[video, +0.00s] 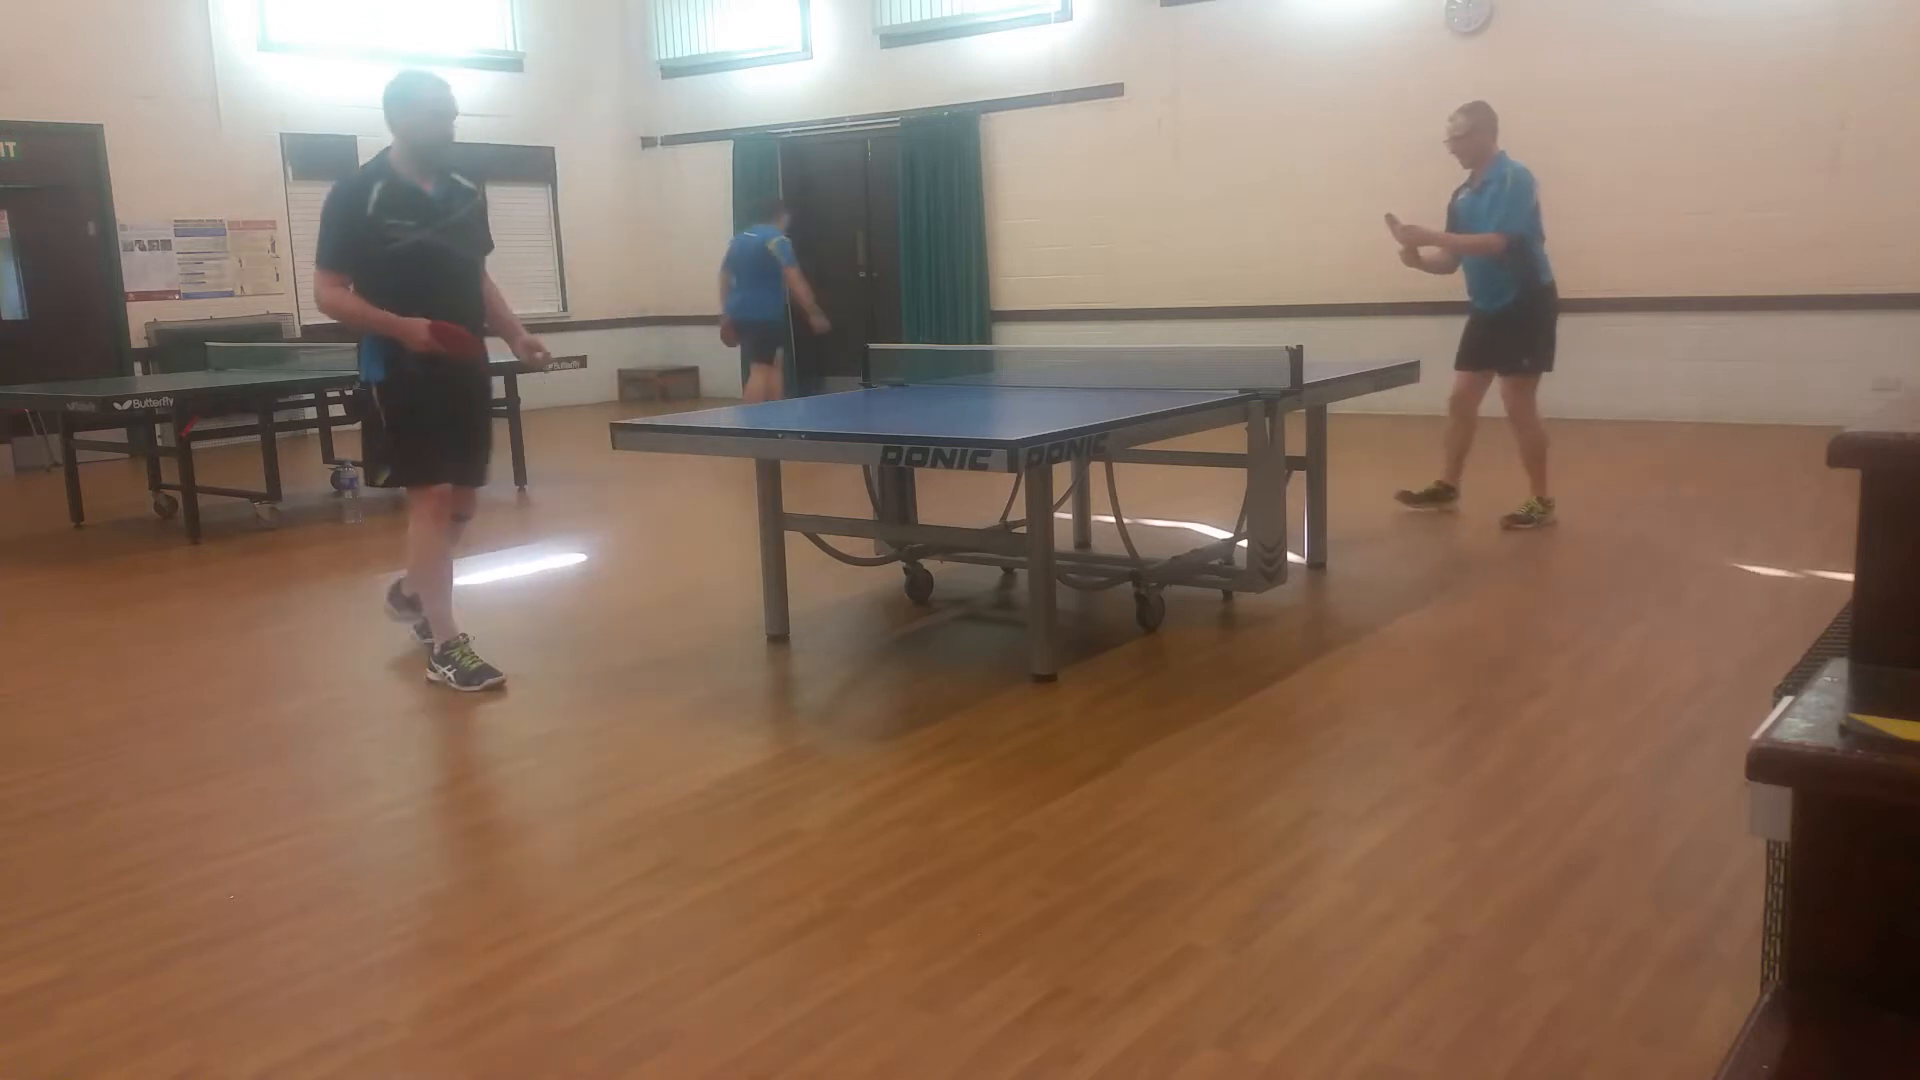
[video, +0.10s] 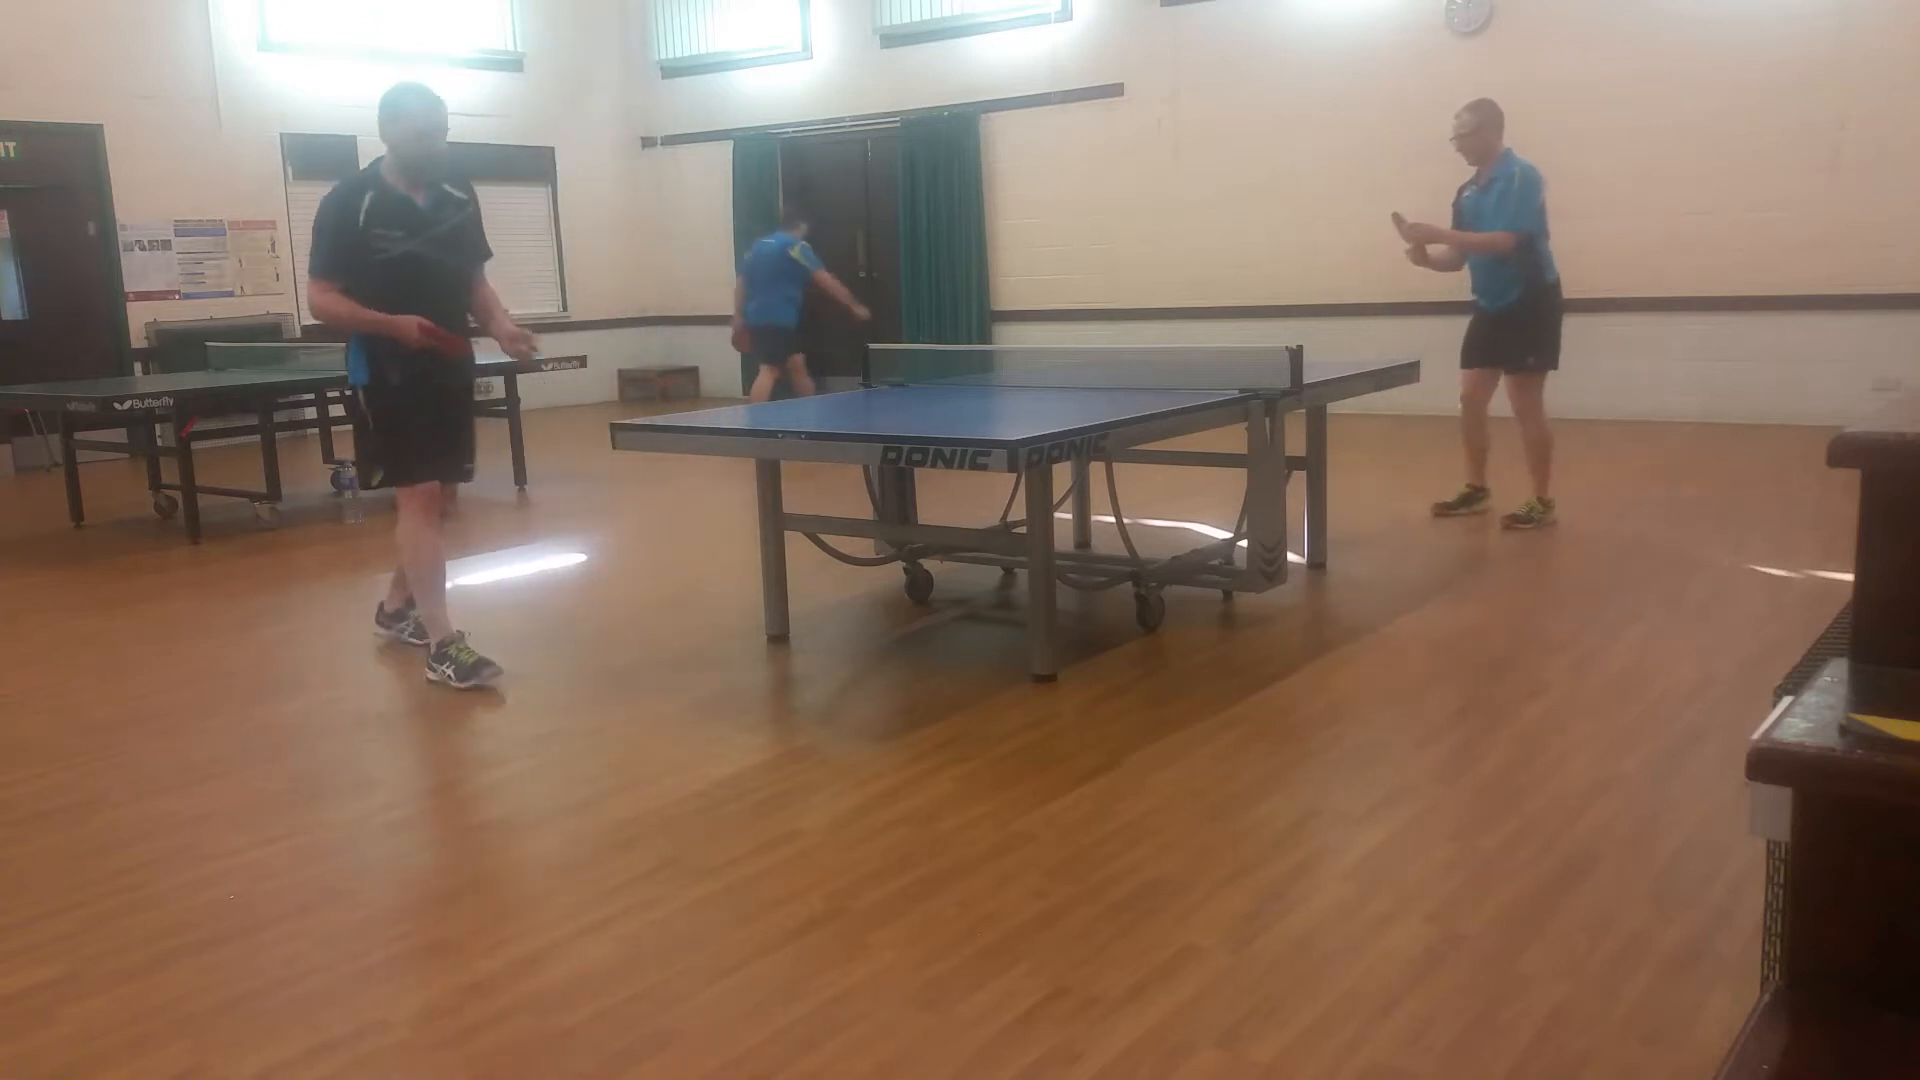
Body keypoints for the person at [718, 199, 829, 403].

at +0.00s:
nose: (787, 223)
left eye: (788, 218)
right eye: (786, 218)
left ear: (762, 215)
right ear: (779, 216)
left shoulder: (739, 239)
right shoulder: (778, 241)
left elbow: (724, 277)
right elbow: (795, 280)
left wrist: (725, 313)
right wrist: (814, 313)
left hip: (742, 314)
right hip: (766, 315)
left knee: (774, 367)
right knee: (759, 371)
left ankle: (777, 420)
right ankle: (748, 426)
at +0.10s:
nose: (805, 235)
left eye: (806, 231)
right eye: (805, 230)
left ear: (783, 225)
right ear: (799, 227)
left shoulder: (758, 246)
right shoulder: (796, 247)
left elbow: (740, 283)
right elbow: (824, 280)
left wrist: (737, 317)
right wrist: (854, 306)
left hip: (756, 318)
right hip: (780, 320)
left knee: (796, 363)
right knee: (768, 371)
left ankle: (814, 413)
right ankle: (751, 422)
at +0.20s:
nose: (825, 238)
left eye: (825, 235)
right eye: (824, 234)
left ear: (794, 231)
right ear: (817, 232)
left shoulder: (777, 251)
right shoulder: (815, 249)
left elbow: (759, 284)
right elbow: (844, 281)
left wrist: (754, 317)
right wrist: (876, 297)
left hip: (776, 324)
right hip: (801, 325)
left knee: (818, 363)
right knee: (787, 371)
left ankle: (829, 415)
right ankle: (761, 418)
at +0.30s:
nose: (840, 238)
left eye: (839, 235)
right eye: (839, 234)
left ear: (815, 230)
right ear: (835, 232)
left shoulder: (793, 251)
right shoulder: (833, 247)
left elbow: (778, 287)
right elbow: (855, 279)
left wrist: (774, 320)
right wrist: (882, 297)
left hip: (795, 321)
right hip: (822, 320)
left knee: (819, 370)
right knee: (829, 371)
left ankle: (832, 417)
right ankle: (790, 400)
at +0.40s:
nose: (853, 235)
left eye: (853, 232)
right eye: (852, 231)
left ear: (827, 228)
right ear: (847, 229)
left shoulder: (805, 249)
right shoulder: (848, 245)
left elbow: (793, 289)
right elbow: (868, 281)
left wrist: (793, 323)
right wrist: (886, 305)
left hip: (811, 317)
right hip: (840, 315)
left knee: (835, 362)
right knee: (856, 361)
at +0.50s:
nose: (866, 235)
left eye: (865, 232)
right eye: (865, 232)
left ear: (842, 228)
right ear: (862, 229)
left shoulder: (821, 247)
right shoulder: (864, 245)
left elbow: (809, 285)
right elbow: (879, 281)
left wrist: (815, 315)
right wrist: (894, 310)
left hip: (828, 315)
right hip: (859, 314)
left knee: (840, 364)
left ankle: (839, 409)